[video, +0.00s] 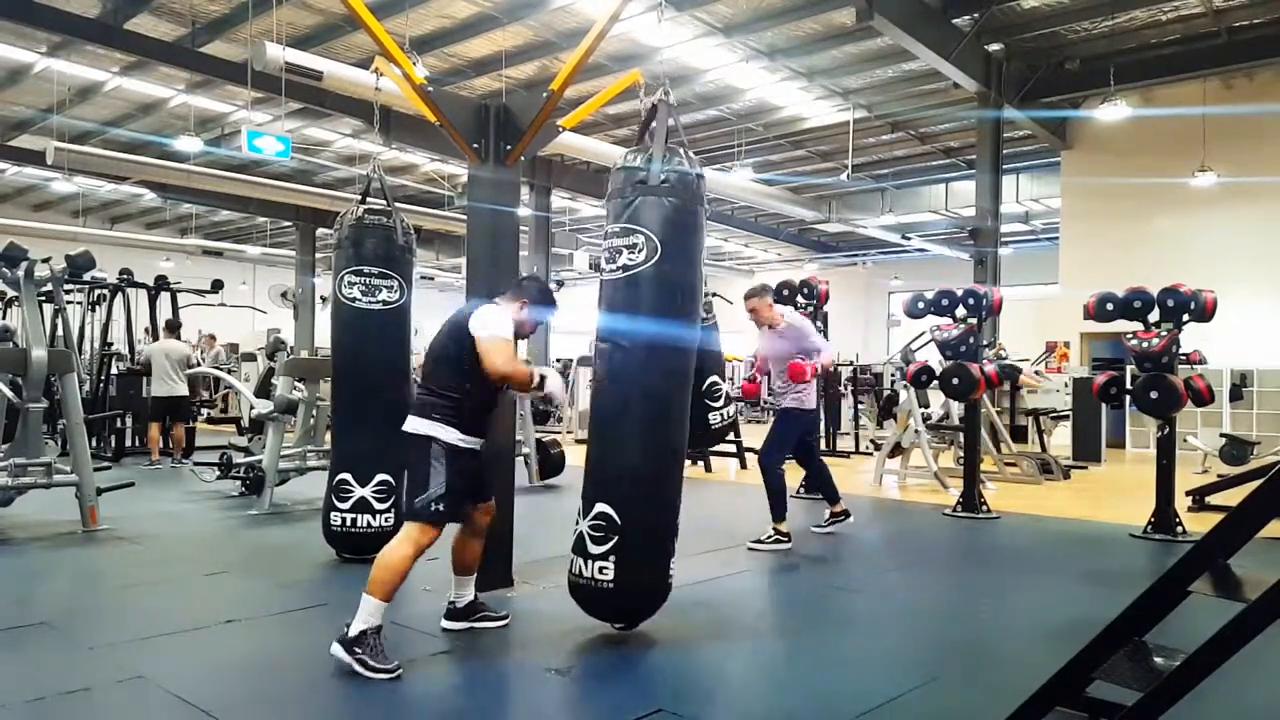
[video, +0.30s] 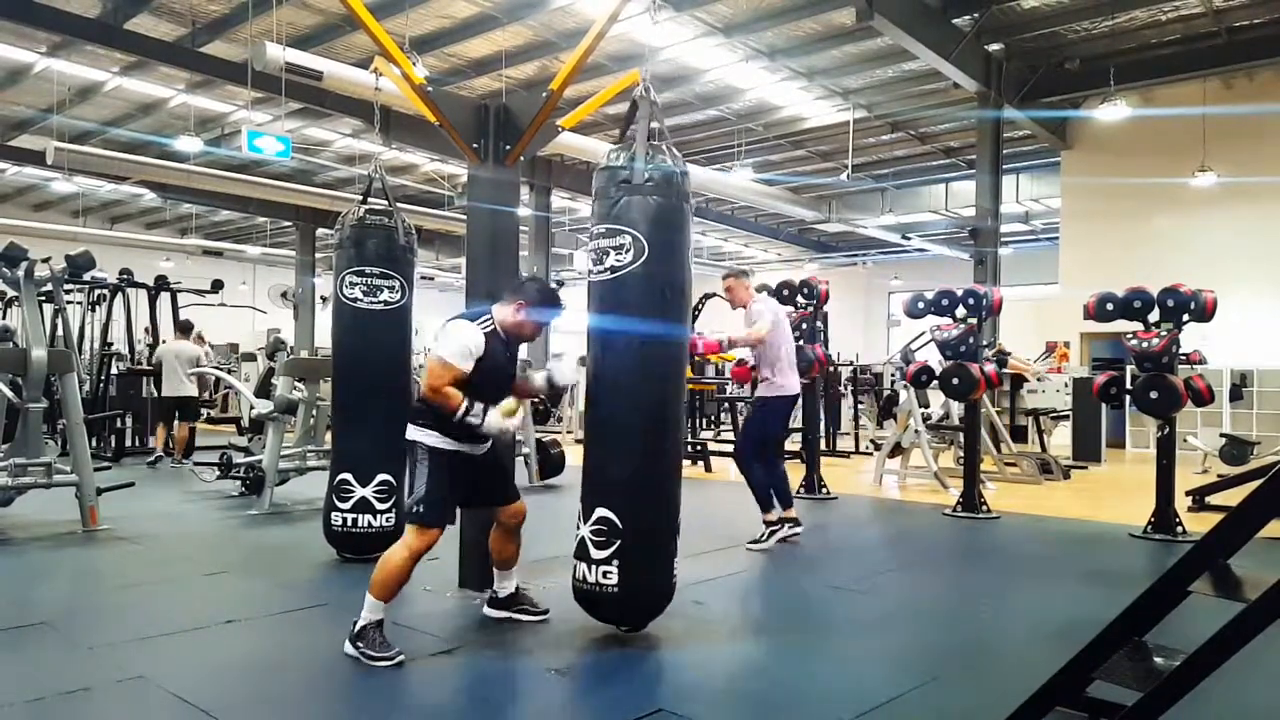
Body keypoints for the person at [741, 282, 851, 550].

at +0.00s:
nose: (751, 318)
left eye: (754, 312)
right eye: (749, 313)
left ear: (770, 306)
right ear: (759, 310)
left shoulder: (798, 325)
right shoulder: (765, 330)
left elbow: (828, 353)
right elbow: (765, 362)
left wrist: (813, 367)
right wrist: (758, 371)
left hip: (800, 405)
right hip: (790, 404)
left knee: (769, 459)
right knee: (808, 459)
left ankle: (780, 529)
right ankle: (838, 508)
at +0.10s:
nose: (738, 310)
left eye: (741, 303)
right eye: (735, 305)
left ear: (758, 297)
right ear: (757, 300)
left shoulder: (771, 317)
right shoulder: (781, 315)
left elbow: (769, 353)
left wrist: (755, 363)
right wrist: (760, 368)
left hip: (788, 402)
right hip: (802, 399)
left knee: (765, 459)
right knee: (797, 457)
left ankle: (780, 529)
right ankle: (828, 506)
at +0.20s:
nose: (732, 303)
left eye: (734, 296)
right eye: (730, 298)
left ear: (750, 289)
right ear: (752, 290)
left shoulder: (759, 309)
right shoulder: (776, 306)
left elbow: (738, 335)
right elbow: (788, 348)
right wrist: (761, 361)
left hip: (785, 397)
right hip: (797, 394)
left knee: (764, 459)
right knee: (780, 455)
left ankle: (779, 530)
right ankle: (809, 505)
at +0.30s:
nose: (727, 296)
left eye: (729, 290)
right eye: (725, 292)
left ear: (746, 285)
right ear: (745, 288)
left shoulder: (760, 305)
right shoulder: (766, 306)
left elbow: (759, 335)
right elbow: (774, 353)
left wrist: (723, 341)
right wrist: (752, 369)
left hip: (775, 390)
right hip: (785, 390)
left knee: (744, 451)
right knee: (770, 453)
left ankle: (772, 521)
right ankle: (790, 517)